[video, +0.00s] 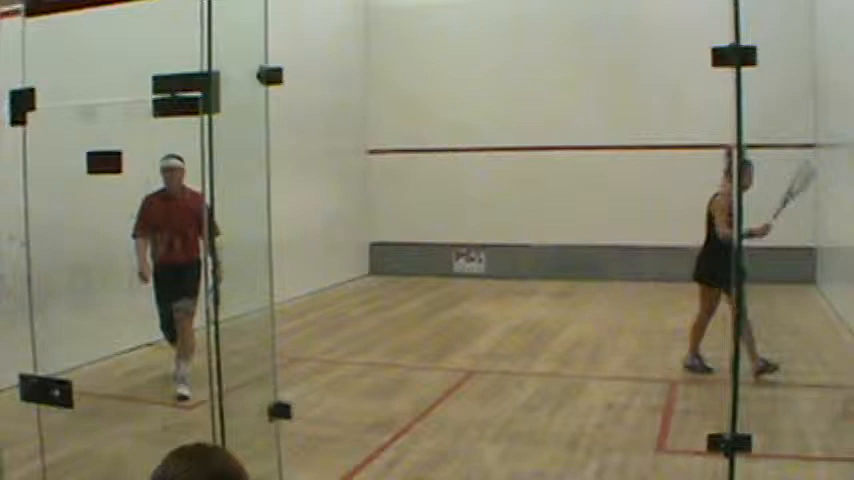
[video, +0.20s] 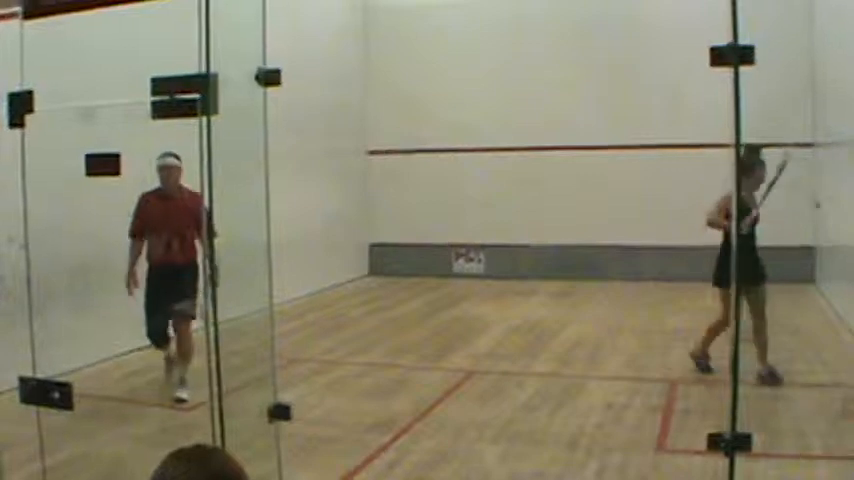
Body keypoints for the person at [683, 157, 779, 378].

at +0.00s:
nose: (750, 183)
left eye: (751, 177)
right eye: (748, 177)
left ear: (738, 176)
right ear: (736, 176)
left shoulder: (733, 200)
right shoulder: (721, 200)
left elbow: (730, 231)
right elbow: (723, 232)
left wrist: (754, 234)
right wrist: (754, 232)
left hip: (728, 260)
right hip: (713, 261)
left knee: (739, 311)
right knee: (707, 309)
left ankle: (755, 360)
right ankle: (692, 355)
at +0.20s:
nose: (763, 178)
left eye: (763, 173)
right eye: (760, 173)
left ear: (753, 175)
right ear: (748, 174)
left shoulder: (751, 199)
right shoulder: (731, 199)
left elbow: (746, 222)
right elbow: (711, 219)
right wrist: (731, 225)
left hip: (750, 258)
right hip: (731, 260)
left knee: (759, 316)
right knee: (727, 319)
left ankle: (763, 365)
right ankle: (700, 349)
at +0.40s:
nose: (778, 174)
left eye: (780, 169)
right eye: (775, 168)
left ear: (780, 171)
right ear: (764, 169)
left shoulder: (775, 196)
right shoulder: (747, 195)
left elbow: (767, 225)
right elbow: (711, 213)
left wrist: (772, 250)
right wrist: (720, 238)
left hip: (769, 256)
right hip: (748, 257)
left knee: (768, 310)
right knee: (765, 308)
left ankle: (764, 362)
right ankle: (753, 359)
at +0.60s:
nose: (784, 177)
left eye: (787, 172)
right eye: (779, 172)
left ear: (792, 174)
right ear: (770, 173)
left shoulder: (793, 200)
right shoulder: (757, 202)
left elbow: (795, 228)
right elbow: (730, 222)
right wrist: (731, 241)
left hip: (787, 261)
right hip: (764, 262)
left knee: (776, 321)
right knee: (777, 322)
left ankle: (766, 367)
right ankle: (790, 378)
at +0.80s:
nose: (785, 176)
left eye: (790, 171)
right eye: (781, 171)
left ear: (797, 172)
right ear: (776, 173)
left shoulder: (805, 200)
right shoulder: (766, 204)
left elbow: (815, 226)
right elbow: (742, 231)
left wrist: (814, 248)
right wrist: (738, 252)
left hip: (801, 268)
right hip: (776, 270)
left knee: (806, 327)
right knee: (790, 328)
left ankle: (784, 356)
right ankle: (795, 384)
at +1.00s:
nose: (785, 180)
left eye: (790, 176)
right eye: (782, 175)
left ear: (800, 173)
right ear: (779, 174)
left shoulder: (815, 199)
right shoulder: (772, 203)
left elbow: (832, 224)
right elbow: (752, 233)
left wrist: (824, 255)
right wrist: (745, 257)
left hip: (808, 268)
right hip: (781, 270)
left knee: (807, 331)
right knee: (789, 331)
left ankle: (815, 388)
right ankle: (795, 387)